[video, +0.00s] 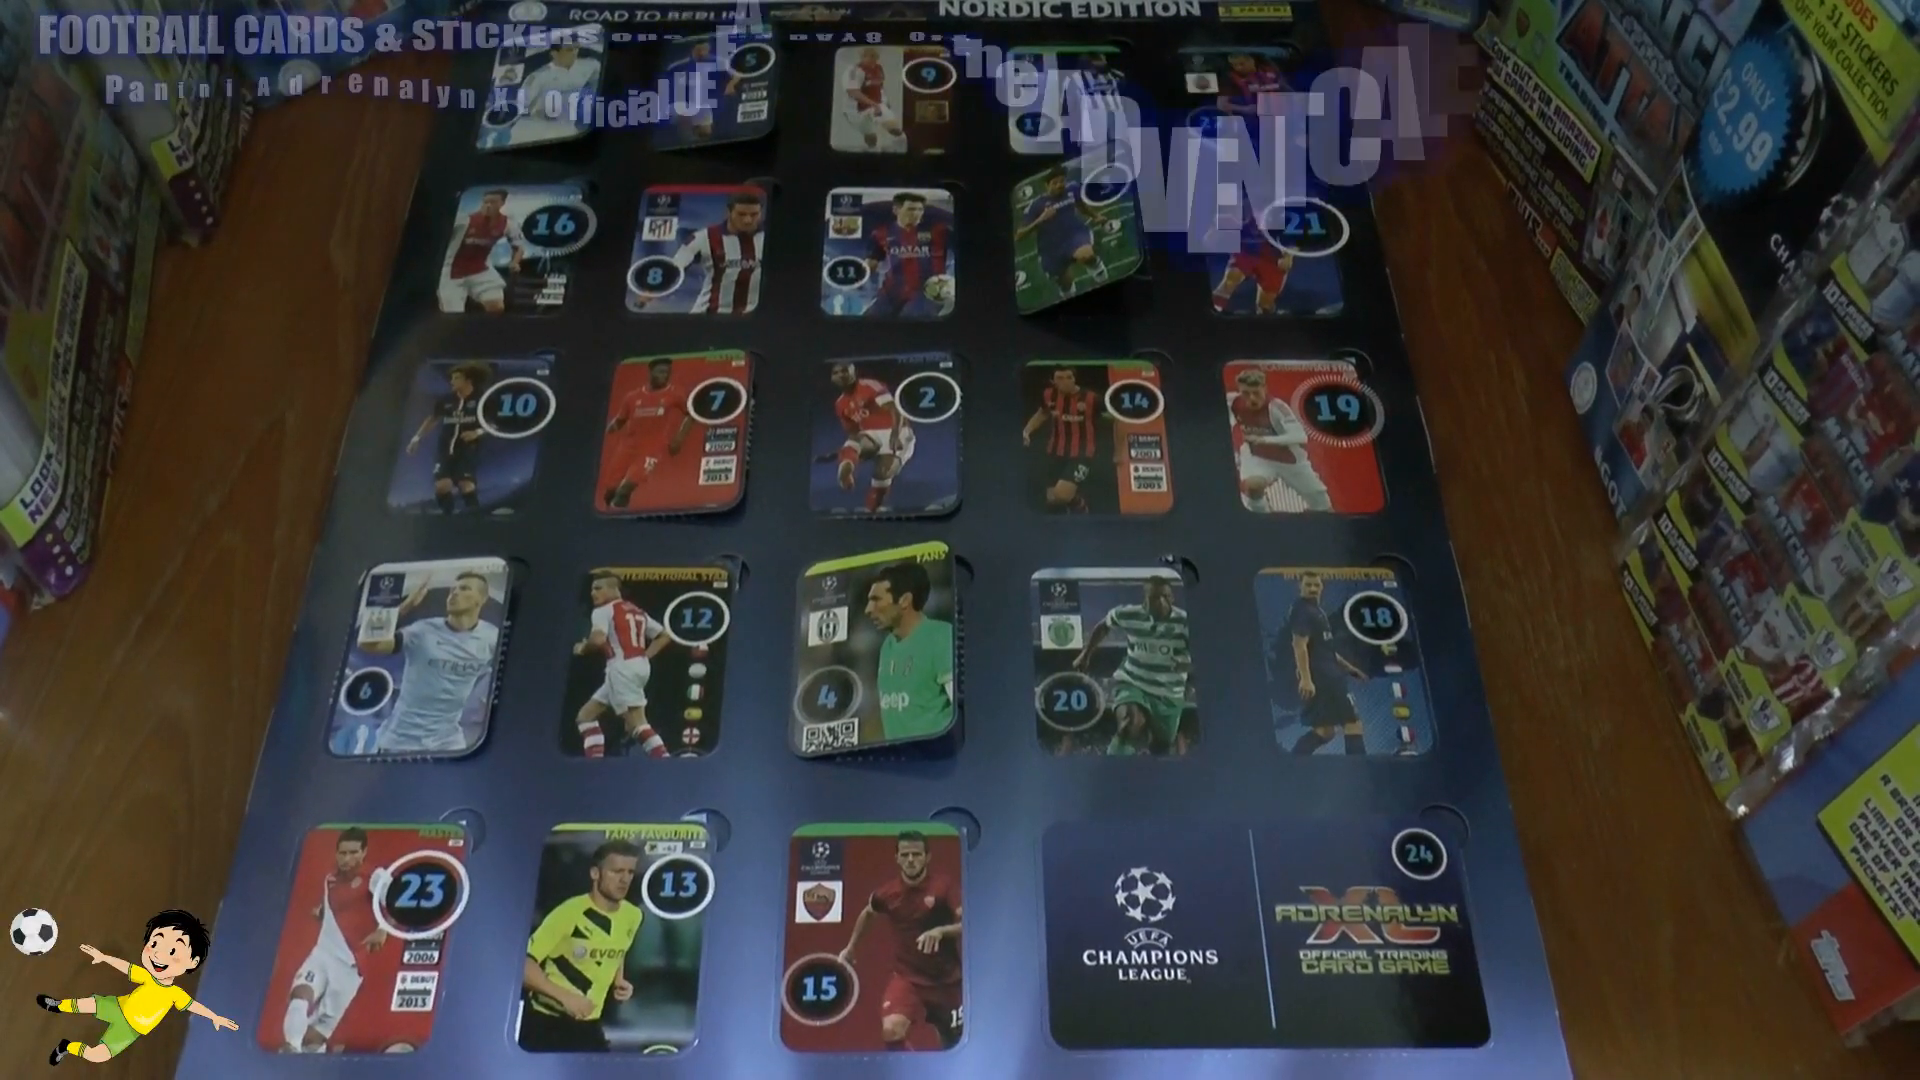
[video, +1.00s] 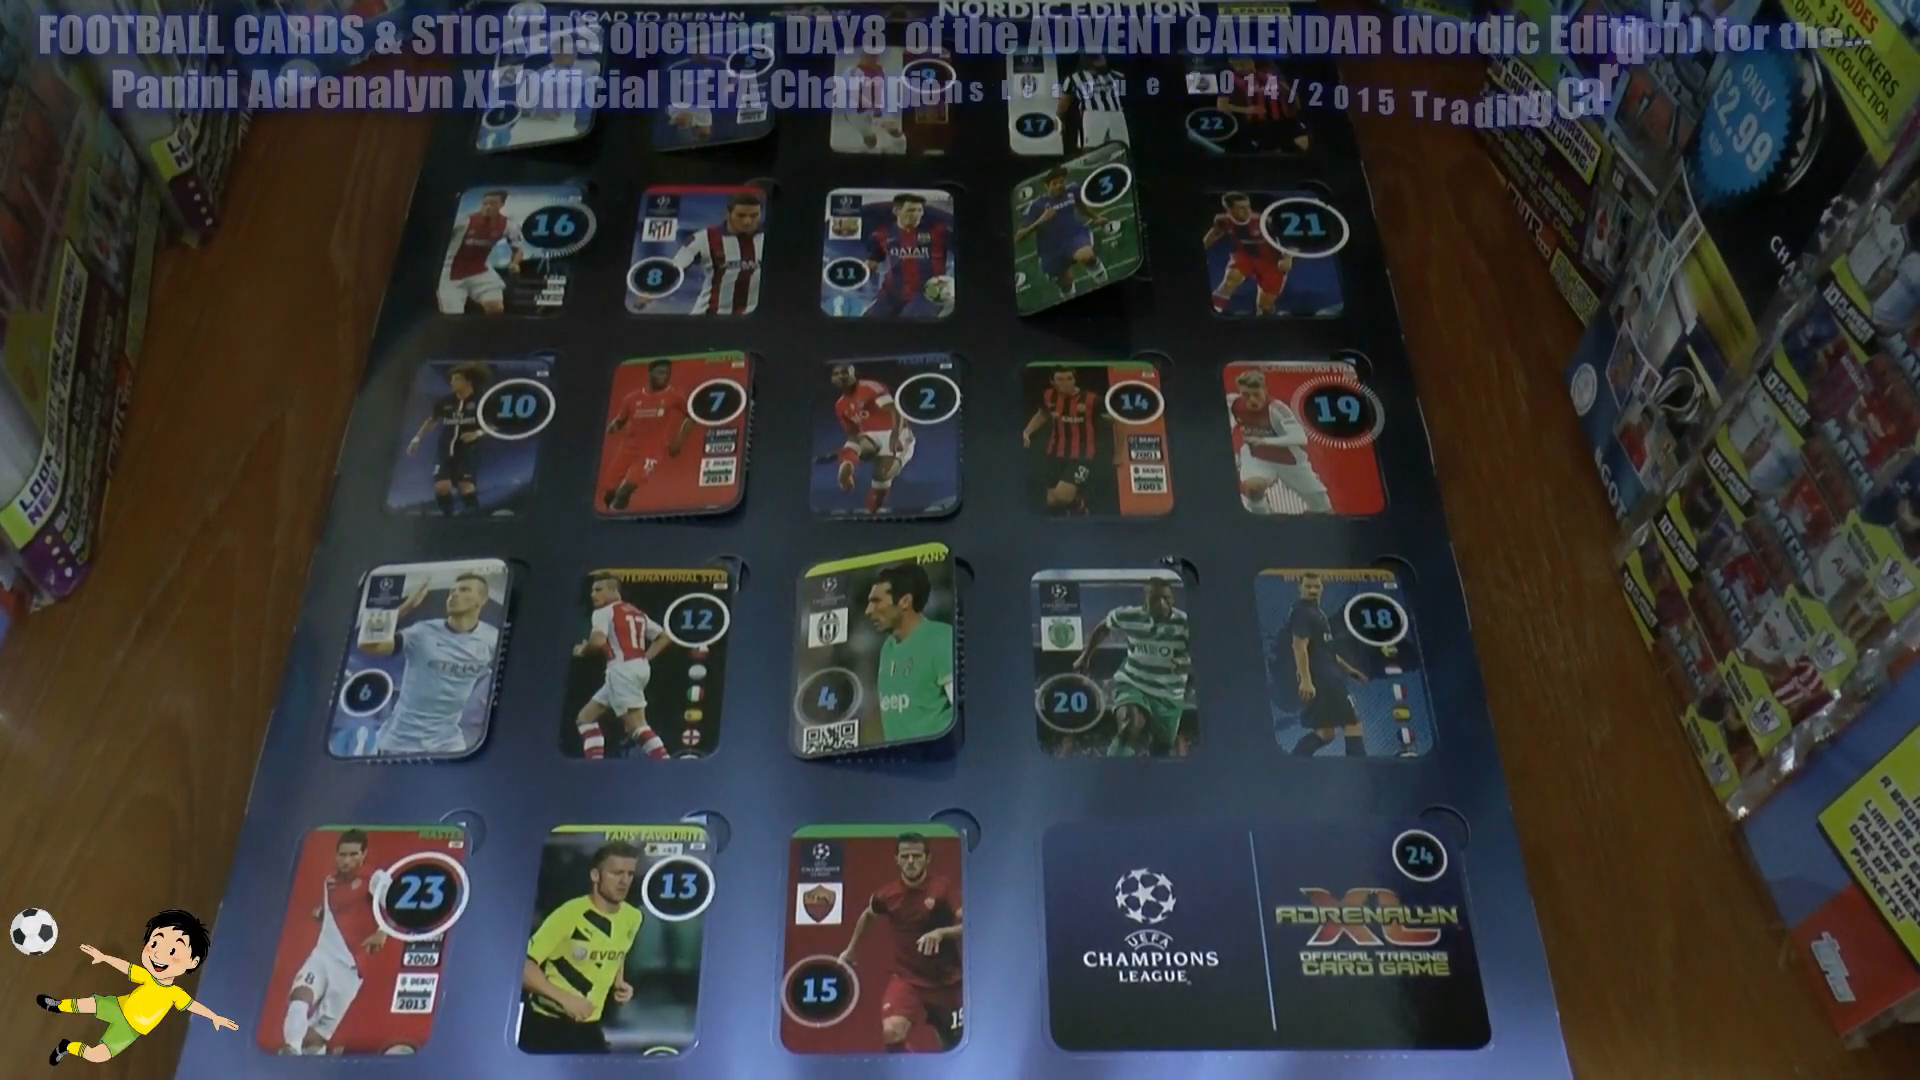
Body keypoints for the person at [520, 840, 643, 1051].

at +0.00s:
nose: (625, 879)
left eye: (630, 873)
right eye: (617, 871)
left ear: (634, 876)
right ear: (595, 874)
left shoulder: (633, 916)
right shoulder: (570, 912)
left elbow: (618, 954)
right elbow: (524, 964)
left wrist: (619, 979)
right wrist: (564, 996)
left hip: (589, 1028)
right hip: (544, 1025)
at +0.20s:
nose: (625, 879)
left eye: (630, 873)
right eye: (617, 871)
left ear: (634, 876)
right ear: (596, 874)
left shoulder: (633, 916)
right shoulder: (570, 911)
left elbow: (619, 953)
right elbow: (524, 964)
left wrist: (619, 979)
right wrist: (564, 996)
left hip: (589, 1027)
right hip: (545, 1025)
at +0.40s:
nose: (625, 880)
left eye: (630, 873)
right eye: (617, 872)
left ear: (634, 876)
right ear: (596, 874)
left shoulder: (633, 917)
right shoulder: (571, 912)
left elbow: (618, 954)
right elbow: (524, 964)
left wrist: (619, 980)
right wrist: (565, 997)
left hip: (589, 1028)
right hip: (544, 1025)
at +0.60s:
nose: (625, 881)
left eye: (630, 874)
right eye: (617, 873)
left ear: (634, 877)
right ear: (596, 875)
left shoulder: (633, 918)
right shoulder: (570, 913)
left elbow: (618, 955)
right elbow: (524, 965)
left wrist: (619, 981)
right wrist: (565, 998)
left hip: (589, 1029)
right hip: (544, 1026)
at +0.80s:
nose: (625, 881)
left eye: (630, 874)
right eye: (617, 873)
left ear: (634, 877)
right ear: (596, 875)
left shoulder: (633, 918)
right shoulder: (570, 913)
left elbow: (618, 955)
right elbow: (524, 965)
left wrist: (619, 982)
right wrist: (565, 998)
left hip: (589, 1029)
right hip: (544, 1027)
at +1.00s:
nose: (625, 881)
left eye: (630, 874)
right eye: (617, 873)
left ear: (634, 877)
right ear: (596, 875)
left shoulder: (633, 918)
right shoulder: (570, 913)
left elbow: (618, 955)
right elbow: (524, 966)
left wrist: (619, 981)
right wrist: (565, 998)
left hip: (589, 1030)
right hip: (544, 1027)